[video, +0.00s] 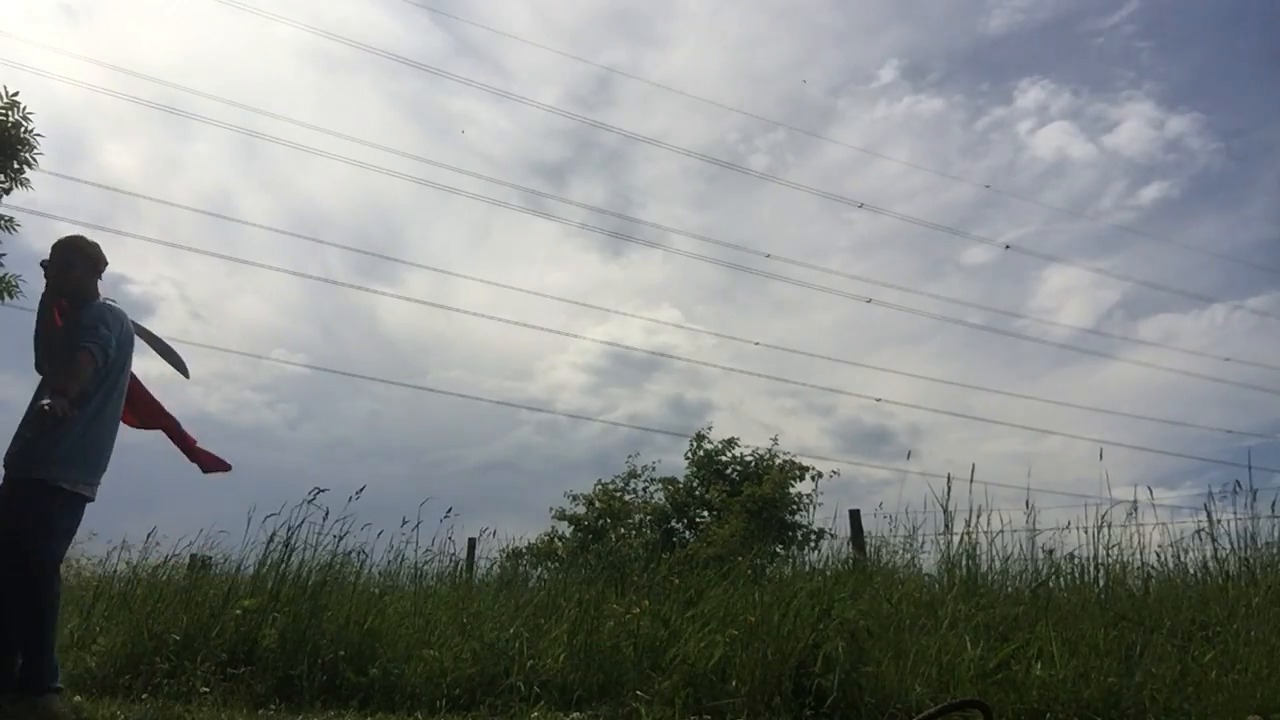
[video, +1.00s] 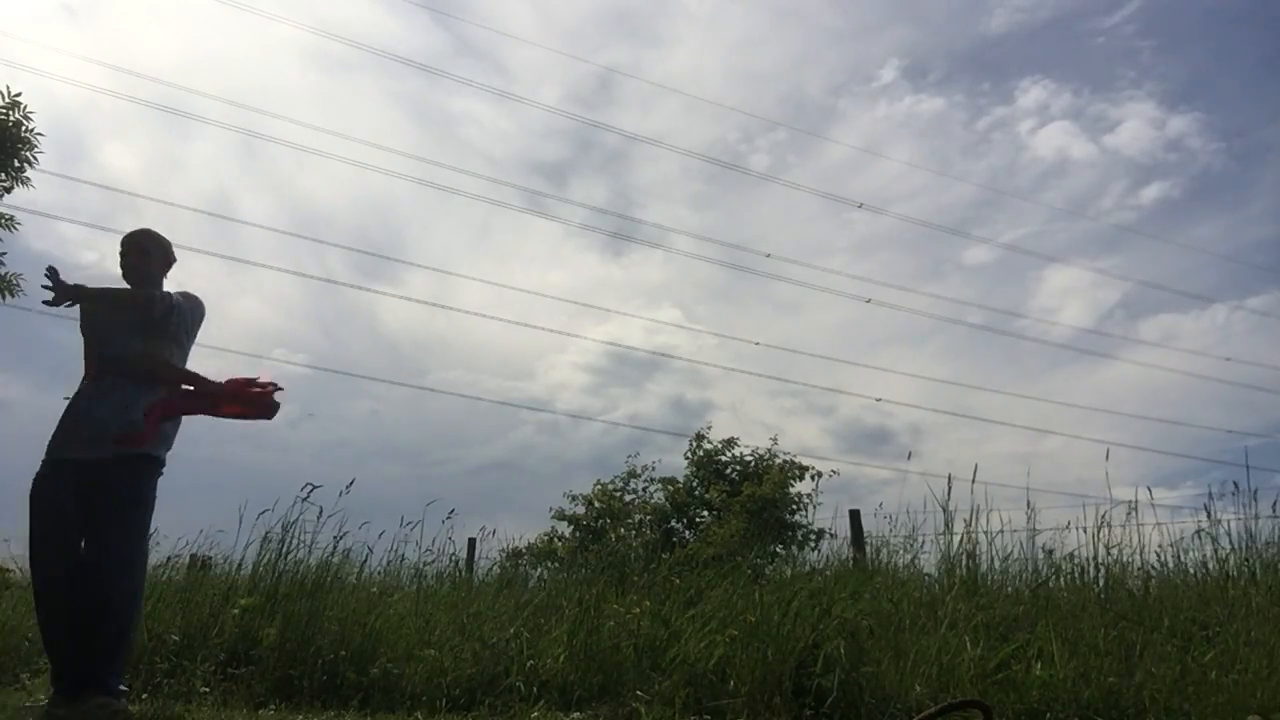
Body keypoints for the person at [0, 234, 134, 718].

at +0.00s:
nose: (49, 277)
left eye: (57, 268)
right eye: (49, 269)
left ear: (86, 271)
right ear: (85, 274)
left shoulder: (102, 316)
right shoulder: (90, 322)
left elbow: (78, 371)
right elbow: (48, 363)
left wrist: (59, 398)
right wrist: (47, 302)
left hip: (53, 472)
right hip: (48, 472)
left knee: (32, 574)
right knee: (29, 574)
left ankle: (36, 684)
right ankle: (32, 680)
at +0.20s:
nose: (50, 269)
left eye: (61, 261)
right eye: (48, 261)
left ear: (85, 271)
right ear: (45, 272)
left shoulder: (97, 314)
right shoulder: (51, 334)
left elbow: (129, 365)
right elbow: (10, 350)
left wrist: (148, 407)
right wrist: (20, 295)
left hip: (58, 468)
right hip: (27, 466)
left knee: (21, 570)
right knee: (16, 571)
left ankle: (35, 680)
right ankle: (26, 678)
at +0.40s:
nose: (50, 267)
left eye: (62, 259)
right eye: (49, 260)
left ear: (90, 269)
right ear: (50, 270)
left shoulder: (105, 314)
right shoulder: (48, 327)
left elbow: (148, 371)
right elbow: (11, 355)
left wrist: (193, 422)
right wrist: (17, 296)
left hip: (61, 460)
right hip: (23, 458)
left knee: (39, 561)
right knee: (16, 569)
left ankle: (99, 663)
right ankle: (6, 684)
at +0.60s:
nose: (69, 271)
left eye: (81, 263)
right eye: (68, 263)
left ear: (108, 274)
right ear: (66, 274)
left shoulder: (135, 329)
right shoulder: (42, 336)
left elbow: (184, 364)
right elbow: (6, 361)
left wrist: (216, 397)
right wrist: (4, 334)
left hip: (82, 474)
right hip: (23, 472)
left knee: (69, 565)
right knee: (5, 572)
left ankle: (101, 684)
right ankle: (4, 686)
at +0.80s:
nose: (107, 266)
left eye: (118, 259)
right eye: (106, 259)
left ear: (140, 270)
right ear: (104, 268)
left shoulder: (163, 326)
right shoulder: (81, 320)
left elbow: (193, 324)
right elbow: (49, 356)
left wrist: (149, 274)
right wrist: (74, 346)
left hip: (115, 473)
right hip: (53, 465)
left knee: (99, 587)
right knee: (17, 578)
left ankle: (101, 696)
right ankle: (8, 687)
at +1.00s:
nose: (131, 261)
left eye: (142, 253)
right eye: (125, 254)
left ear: (167, 262)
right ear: (119, 263)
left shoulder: (188, 307)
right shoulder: (98, 309)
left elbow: (144, 306)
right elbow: (129, 361)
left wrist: (80, 294)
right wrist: (202, 384)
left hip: (132, 459)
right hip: (70, 455)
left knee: (118, 568)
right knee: (54, 568)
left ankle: (106, 686)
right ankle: (68, 686)